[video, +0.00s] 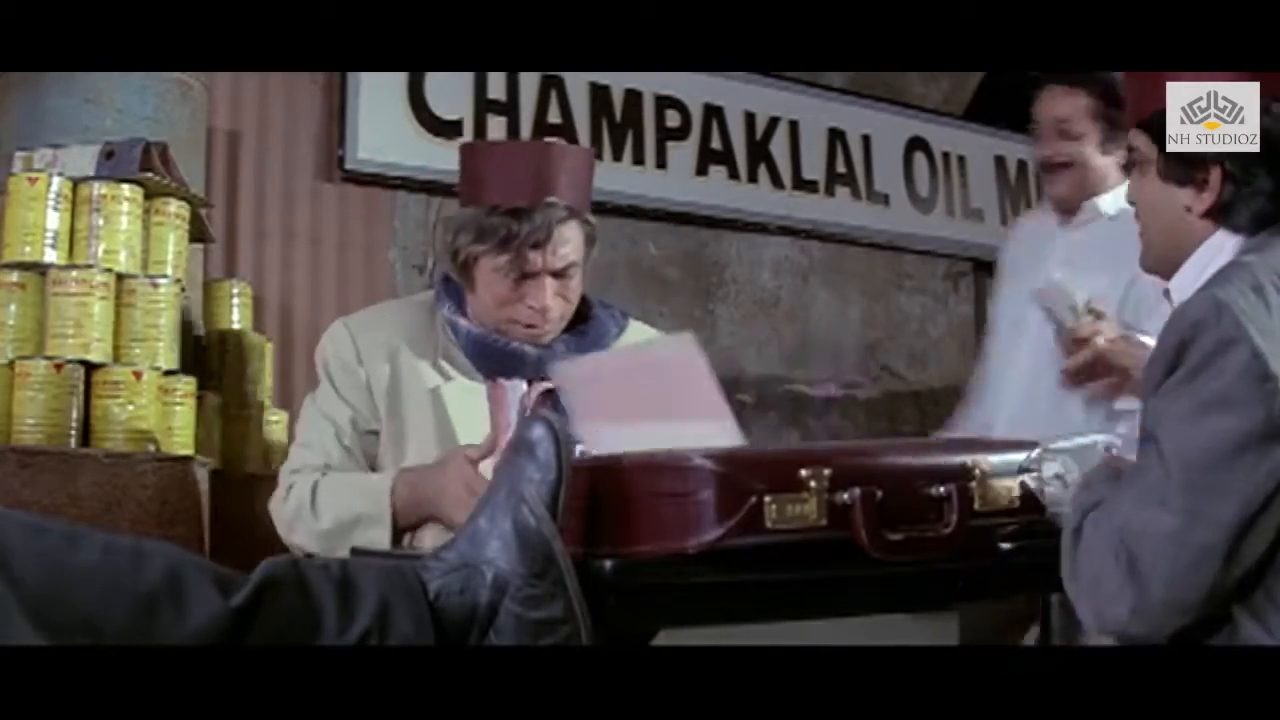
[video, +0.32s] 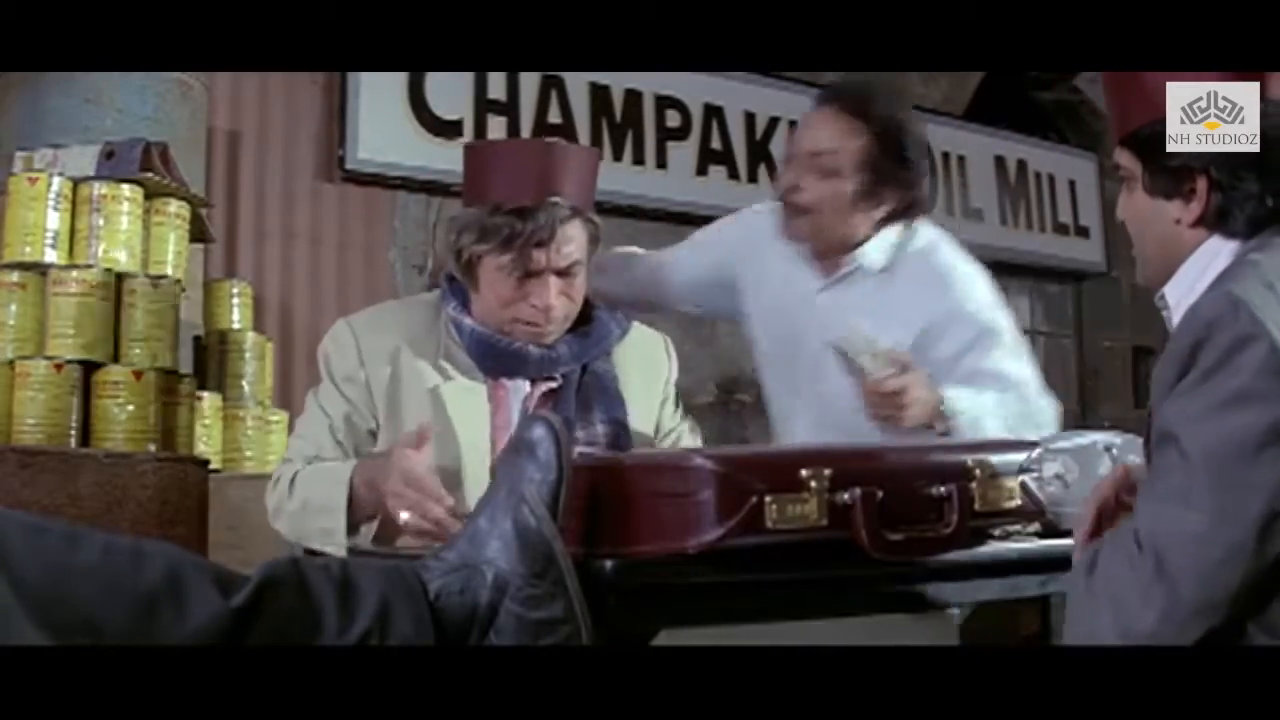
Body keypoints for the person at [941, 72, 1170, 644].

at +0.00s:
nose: (1048, 152)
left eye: (1068, 135)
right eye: (1039, 135)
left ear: (1116, 144)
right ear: (1030, 141)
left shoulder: (1151, 238)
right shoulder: (1024, 233)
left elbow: (1146, 374)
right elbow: (995, 363)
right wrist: (949, 452)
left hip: (1092, 479)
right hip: (998, 474)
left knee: (1081, 631)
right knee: (986, 625)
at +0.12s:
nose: (959, 147)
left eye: (983, 132)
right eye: (954, 128)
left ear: (1042, 143)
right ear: (945, 131)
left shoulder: (1094, 239)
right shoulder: (933, 226)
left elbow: (1158, 356)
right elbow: (865, 340)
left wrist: (1093, 351)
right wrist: (751, 370)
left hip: (1043, 522)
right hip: (919, 507)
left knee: (992, 634)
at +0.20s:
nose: (901, 151)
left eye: (925, 133)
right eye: (896, 131)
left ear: (987, 149)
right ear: (887, 135)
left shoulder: (1046, 249)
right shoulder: (866, 220)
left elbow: (1131, 372)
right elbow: (773, 299)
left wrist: (1045, 365)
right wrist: (655, 306)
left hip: (994, 519)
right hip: (868, 504)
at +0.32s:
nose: (789, 184)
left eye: (821, 170)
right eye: (790, 163)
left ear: (885, 195)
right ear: (781, 162)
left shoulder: (942, 274)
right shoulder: (758, 238)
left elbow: (1034, 412)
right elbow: (662, 278)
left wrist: (944, 408)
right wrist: (572, 263)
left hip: (934, 523)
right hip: (806, 512)